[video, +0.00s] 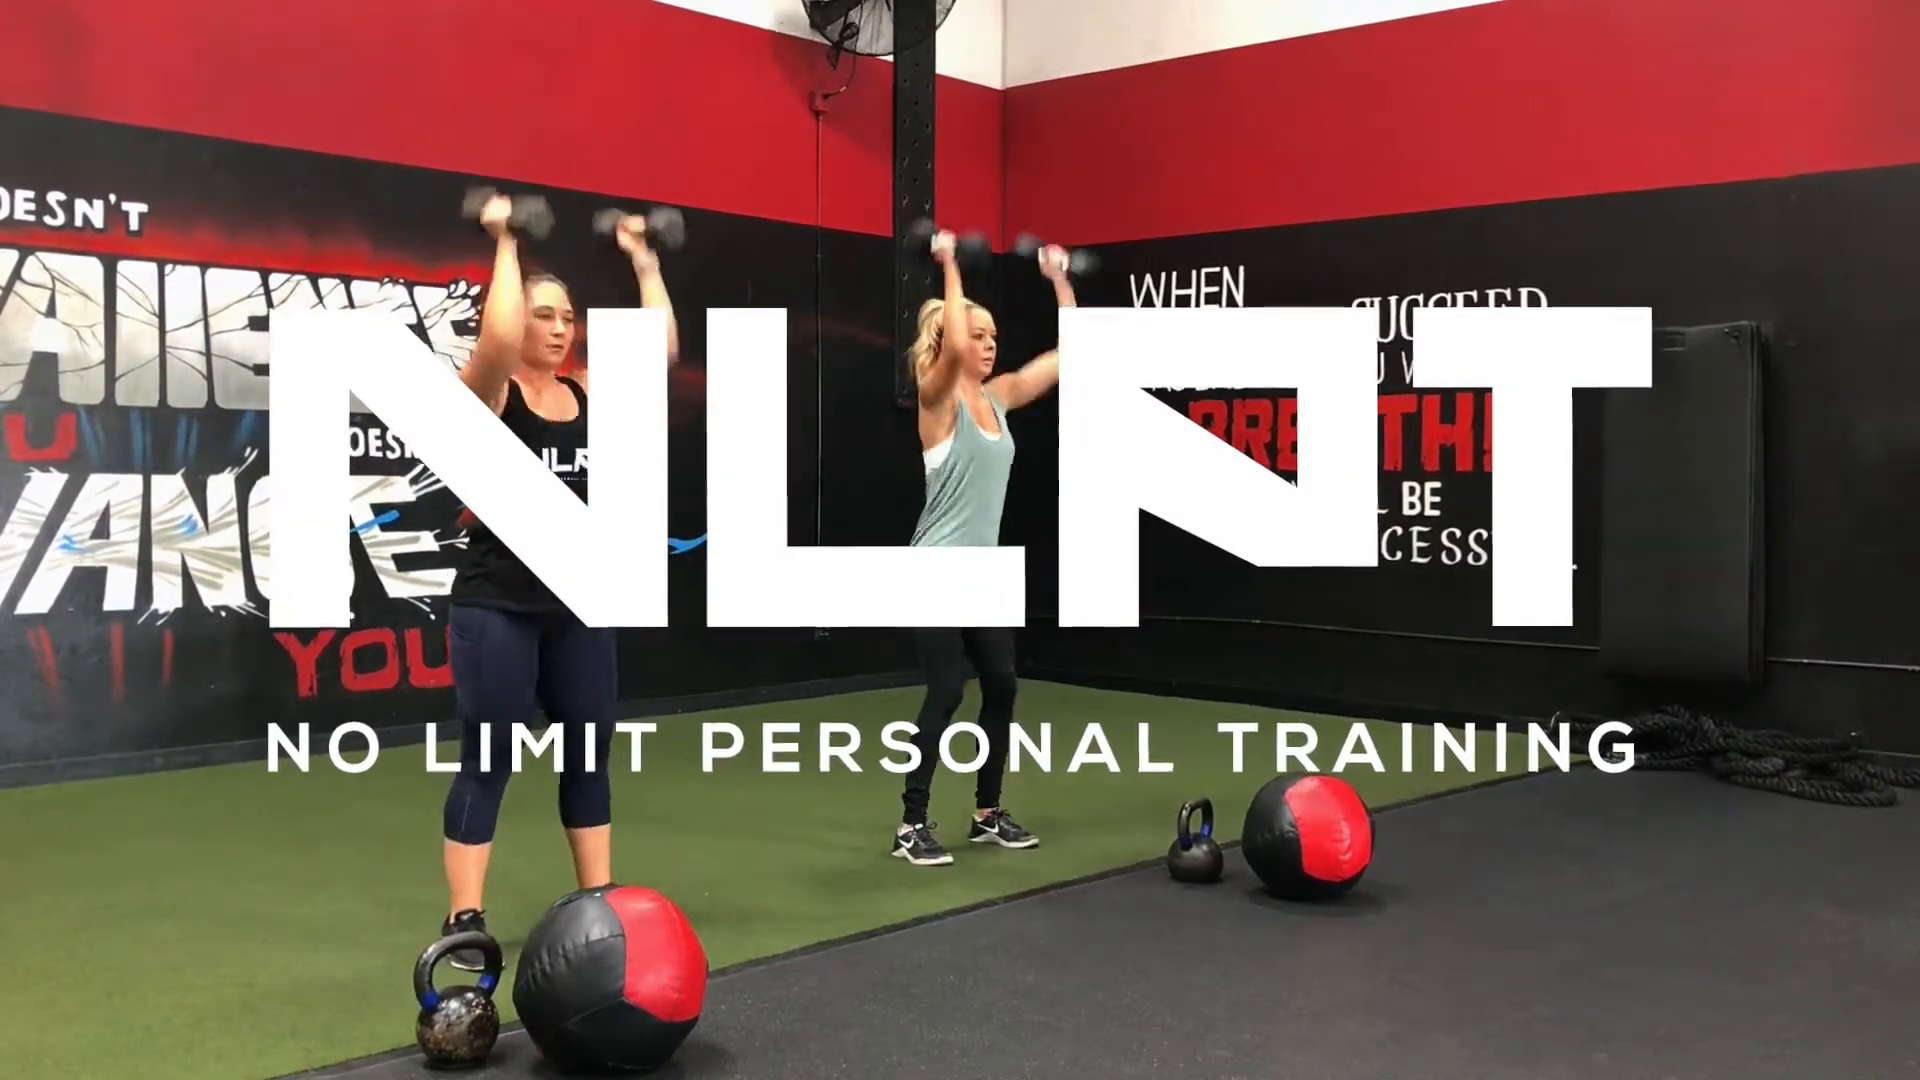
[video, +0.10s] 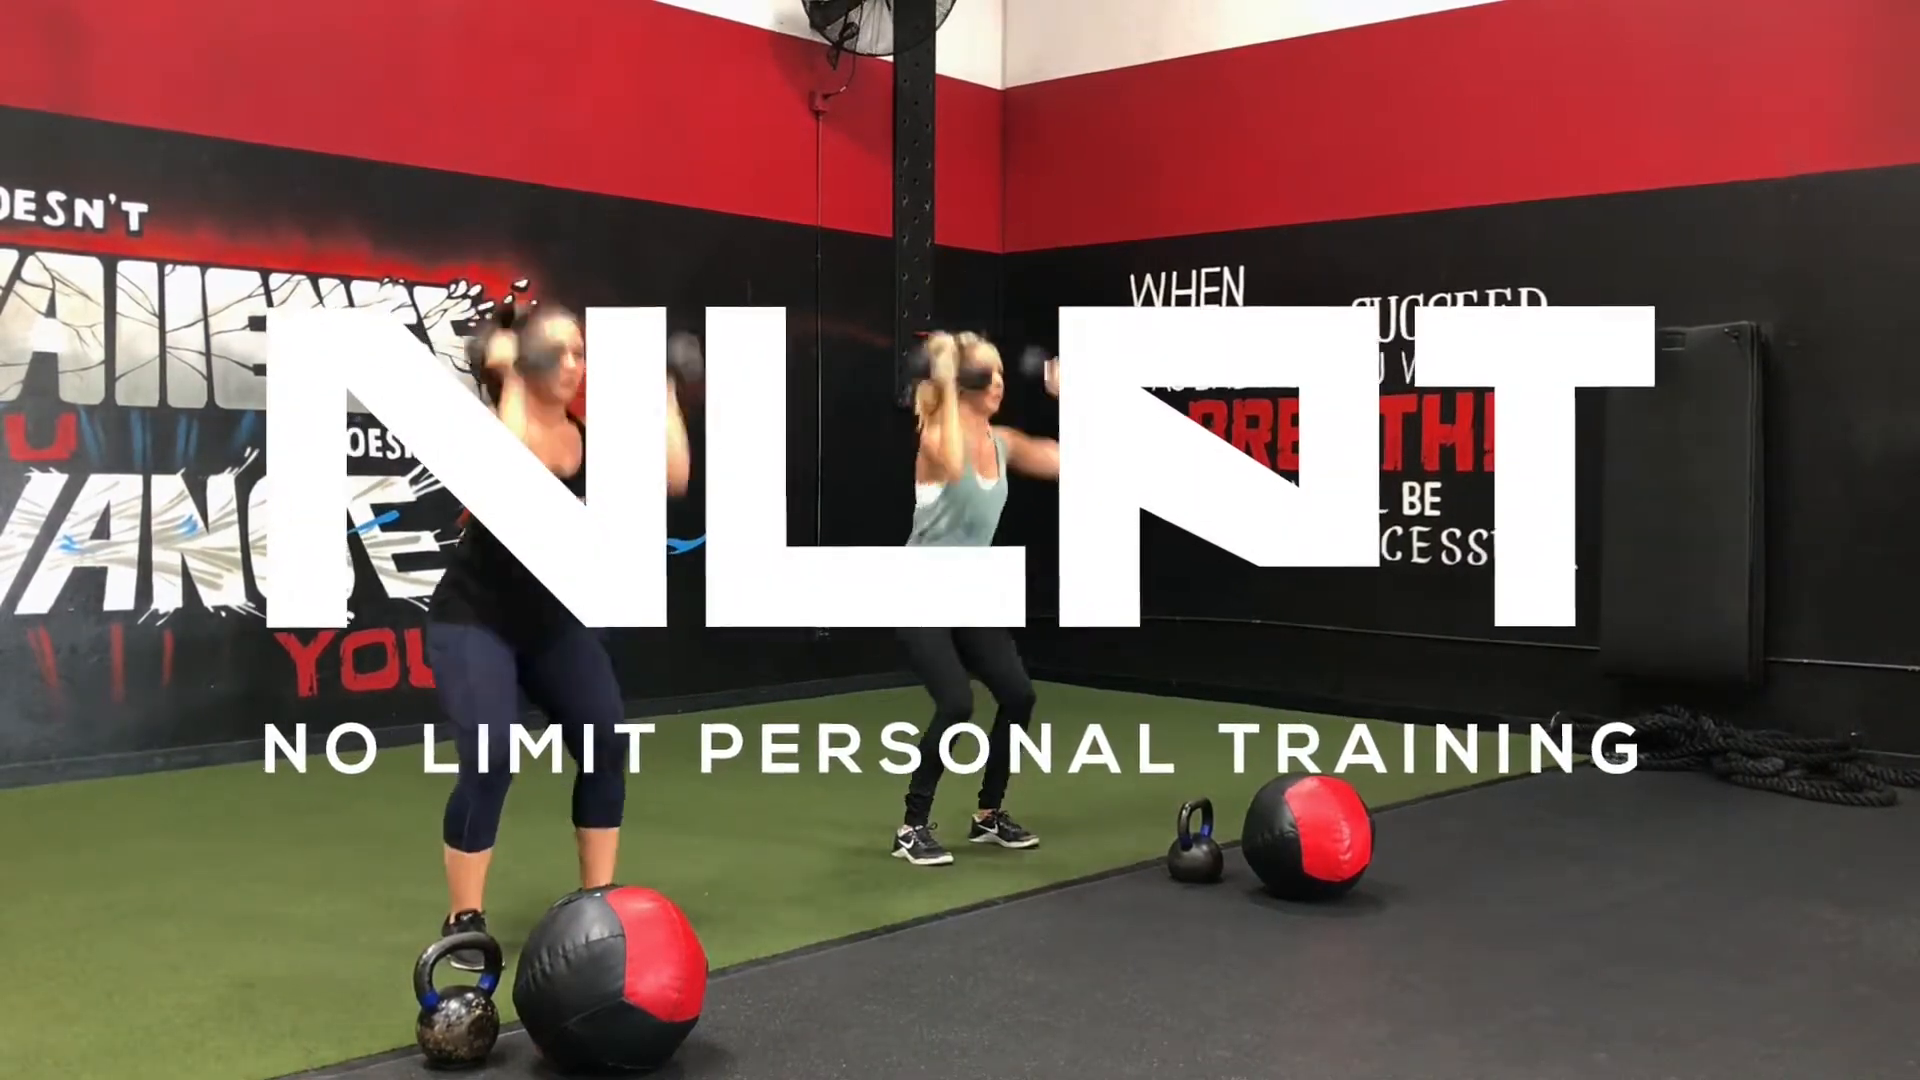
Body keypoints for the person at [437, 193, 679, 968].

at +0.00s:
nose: (559, 327)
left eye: (567, 316)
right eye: (543, 315)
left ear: (578, 328)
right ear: (509, 324)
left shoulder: (597, 396)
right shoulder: (489, 394)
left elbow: (663, 342)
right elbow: (497, 332)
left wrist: (642, 257)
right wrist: (506, 240)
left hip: (584, 603)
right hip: (496, 604)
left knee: (588, 756)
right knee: (487, 760)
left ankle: (598, 910)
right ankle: (466, 923)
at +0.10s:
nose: (578, 368)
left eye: (582, 354)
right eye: (564, 356)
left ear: (588, 362)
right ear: (526, 369)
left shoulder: (602, 426)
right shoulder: (494, 430)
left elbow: (676, 475)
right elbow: (501, 490)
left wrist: (662, 391)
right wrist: (507, 380)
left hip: (557, 616)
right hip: (475, 616)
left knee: (605, 739)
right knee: (488, 754)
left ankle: (597, 908)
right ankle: (466, 924)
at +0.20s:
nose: (584, 457)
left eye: (588, 444)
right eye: (570, 445)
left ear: (597, 451)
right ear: (530, 453)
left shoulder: (596, 511)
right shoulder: (494, 517)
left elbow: (644, 592)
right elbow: (508, 626)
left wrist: (645, 529)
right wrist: (518, 531)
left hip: (544, 664)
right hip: (461, 668)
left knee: (634, 753)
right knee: (490, 773)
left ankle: (595, 904)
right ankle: (465, 924)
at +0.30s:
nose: (572, 552)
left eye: (587, 538)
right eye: (562, 536)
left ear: (603, 546)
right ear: (535, 541)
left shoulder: (609, 597)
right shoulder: (495, 596)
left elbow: (632, 700)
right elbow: (502, 711)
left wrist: (652, 617)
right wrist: (512, 616)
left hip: (540, 724)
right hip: (455, 723)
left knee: (645, 764)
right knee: (497, 789)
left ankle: (597, 907)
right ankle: (466, 926)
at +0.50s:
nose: (584, 482)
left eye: (591, 469)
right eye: (571, 469)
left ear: (602, 476)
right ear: (536, 478)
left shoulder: (606, 537)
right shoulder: (496, 546)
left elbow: (647, 642)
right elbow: (513, 649)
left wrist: (649, 555)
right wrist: (527, 551)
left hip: (536, 679)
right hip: (456, 682)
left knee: (637, 760)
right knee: (488, 781)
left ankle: (596, 906)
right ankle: (466, 925)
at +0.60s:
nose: (568, 378)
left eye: (576, 365)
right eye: (555, 366)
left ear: (590, 375)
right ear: (524, 378)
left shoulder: (606, 447)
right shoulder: (498, 442)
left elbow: (668, 510)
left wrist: (643, 414)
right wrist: (500, 407)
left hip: (554, 631)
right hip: (473, 630)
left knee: (621, 744)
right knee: (489, 762)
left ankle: (596, 910)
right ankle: (465, 929)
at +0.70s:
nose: (555, 328)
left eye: (562, 318)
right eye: (541, 317)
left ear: (575, 329)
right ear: (511, 323)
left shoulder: (594, 399)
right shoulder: (487, 395)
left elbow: (669, 366)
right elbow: (500, 349)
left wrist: (643, 277)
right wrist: (498, 263)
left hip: (582, 599)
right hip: (494, 601)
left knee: (589, 750)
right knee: (487, 754)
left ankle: (598, 911)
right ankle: (465, 922)